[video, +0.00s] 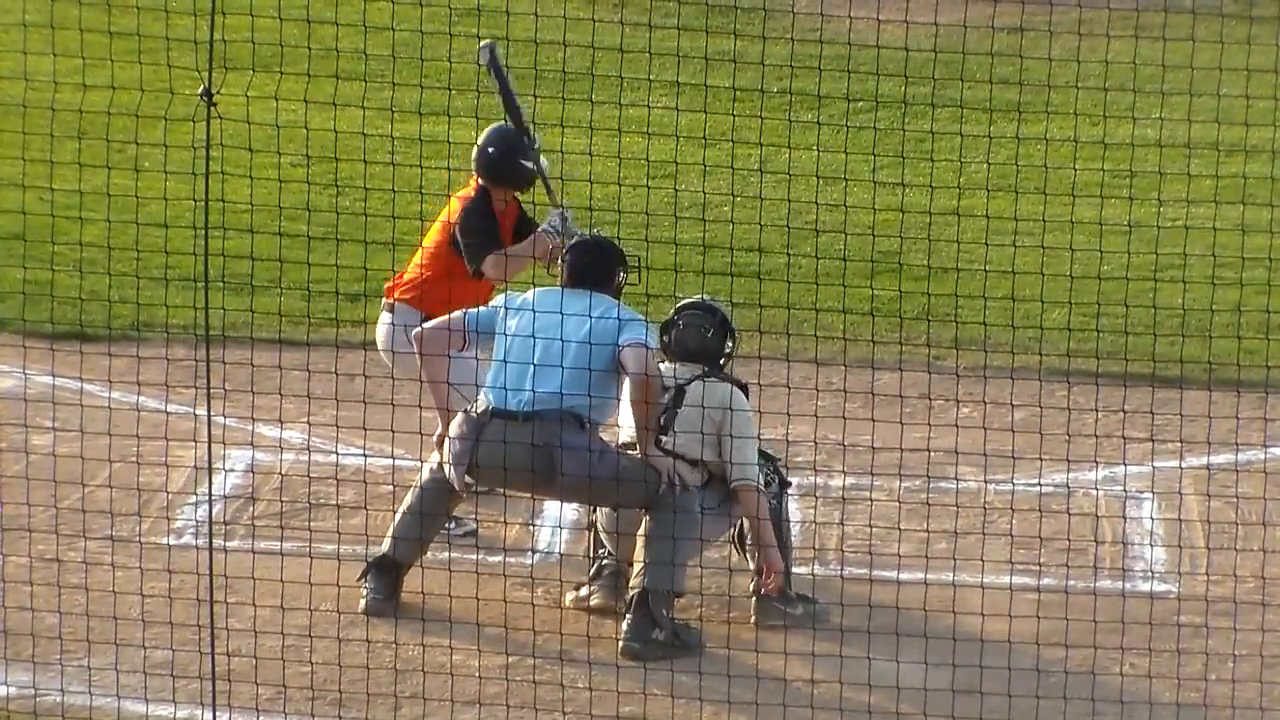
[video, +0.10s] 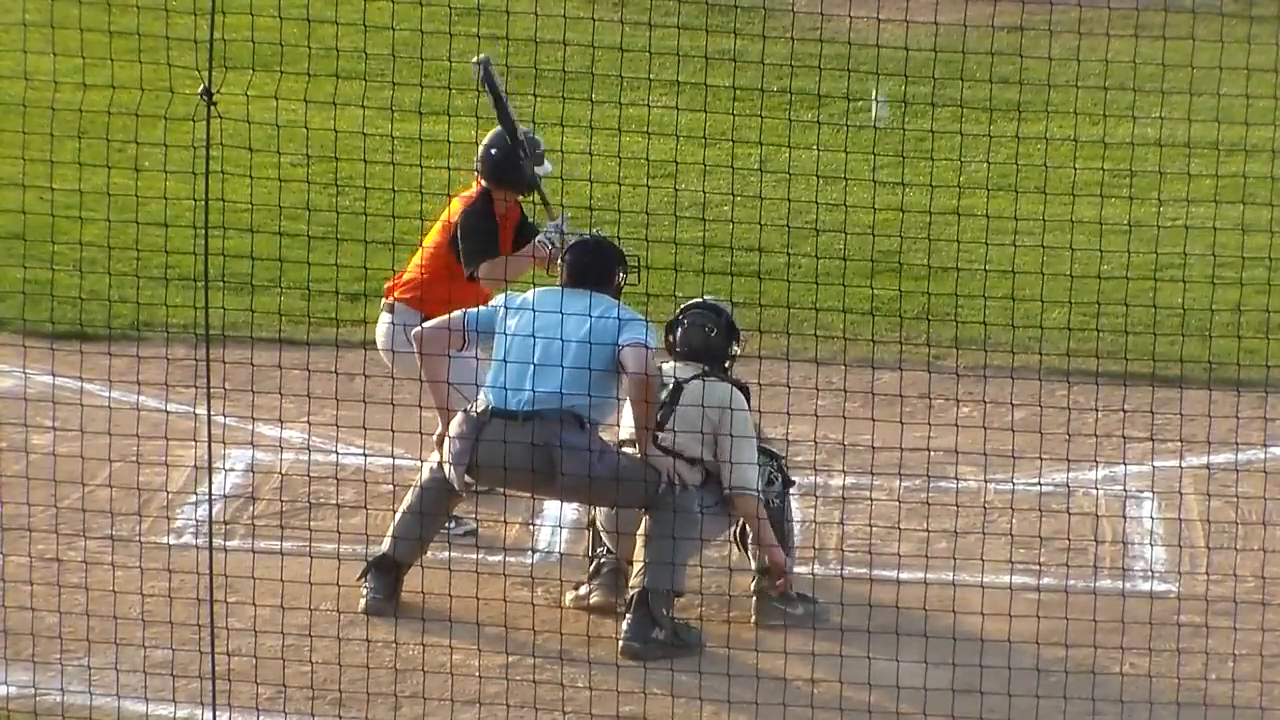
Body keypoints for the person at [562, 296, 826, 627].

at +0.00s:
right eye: (724, 342)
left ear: (666, 343)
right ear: (721, 349)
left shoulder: (639, 380)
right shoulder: (727, 396)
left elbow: (615, 444)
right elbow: (746, 481)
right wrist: (768, 548)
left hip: (630, 507)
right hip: (695, 513)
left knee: (620, 471)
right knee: (767, 477)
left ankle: (606, 579)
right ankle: (775, 594)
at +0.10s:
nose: (733, 351)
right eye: (731, 344)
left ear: (671, 342)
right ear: (722, 349)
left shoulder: (641, 378)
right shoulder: (726, 396)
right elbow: (742, 486)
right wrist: (770, 547)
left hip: (628, 505)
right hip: (694, 511)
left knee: (615, 470)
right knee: (770, 468)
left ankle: (607, 576)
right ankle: (776, 591)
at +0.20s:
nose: (745, 357)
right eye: (743, 349)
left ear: (688, 346)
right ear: (736, 354)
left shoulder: (665, 384)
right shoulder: (725, 398)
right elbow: (728, 495)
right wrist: (776, 545)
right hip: (686, 510)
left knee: (618, 469)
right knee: (768, 474)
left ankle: (607, 574)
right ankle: (775, 592)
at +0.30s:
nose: (772, 364)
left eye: (772, 354)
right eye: (768, 354)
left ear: (718, 350)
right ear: (751, 359)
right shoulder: (723, 397)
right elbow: (710, 495)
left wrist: (829, 497)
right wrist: (763, 514)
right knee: (767, 470)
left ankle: (612, 568)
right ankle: (773, 593)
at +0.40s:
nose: (786, 366)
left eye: (786, 357)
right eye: (781, 356)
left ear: (744, 349)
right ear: (756, 354)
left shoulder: (743, 382)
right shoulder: (718, 389)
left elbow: (824, 417)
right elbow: (682, 465)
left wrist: (893, 457)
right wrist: (751, 479)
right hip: (670, 515)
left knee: (716, 585)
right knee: (783, 459)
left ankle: (622, 577)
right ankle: (778, 594)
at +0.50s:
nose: (794, 358)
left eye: (795, 348)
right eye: (787, 348)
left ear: (749, 342)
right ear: (760, 350)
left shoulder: (745, 368)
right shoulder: (720, 393)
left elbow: (825, 358)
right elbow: (686, 464)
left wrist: (907, 363)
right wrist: (748, 454)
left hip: (681, 507)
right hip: (689, 519)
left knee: (731, 582)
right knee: (811, 472)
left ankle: (649, 576)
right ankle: (789, 593)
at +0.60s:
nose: (798, 353)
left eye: (798, 342)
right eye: (792, 343)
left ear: (753, 338)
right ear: (771, 345)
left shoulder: (738, 366)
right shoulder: (734, 400)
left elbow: (811, 308)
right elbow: (715, 480)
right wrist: (771, 453)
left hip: (703, 512)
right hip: (711, 527)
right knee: (831, 480)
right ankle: (785, 588)